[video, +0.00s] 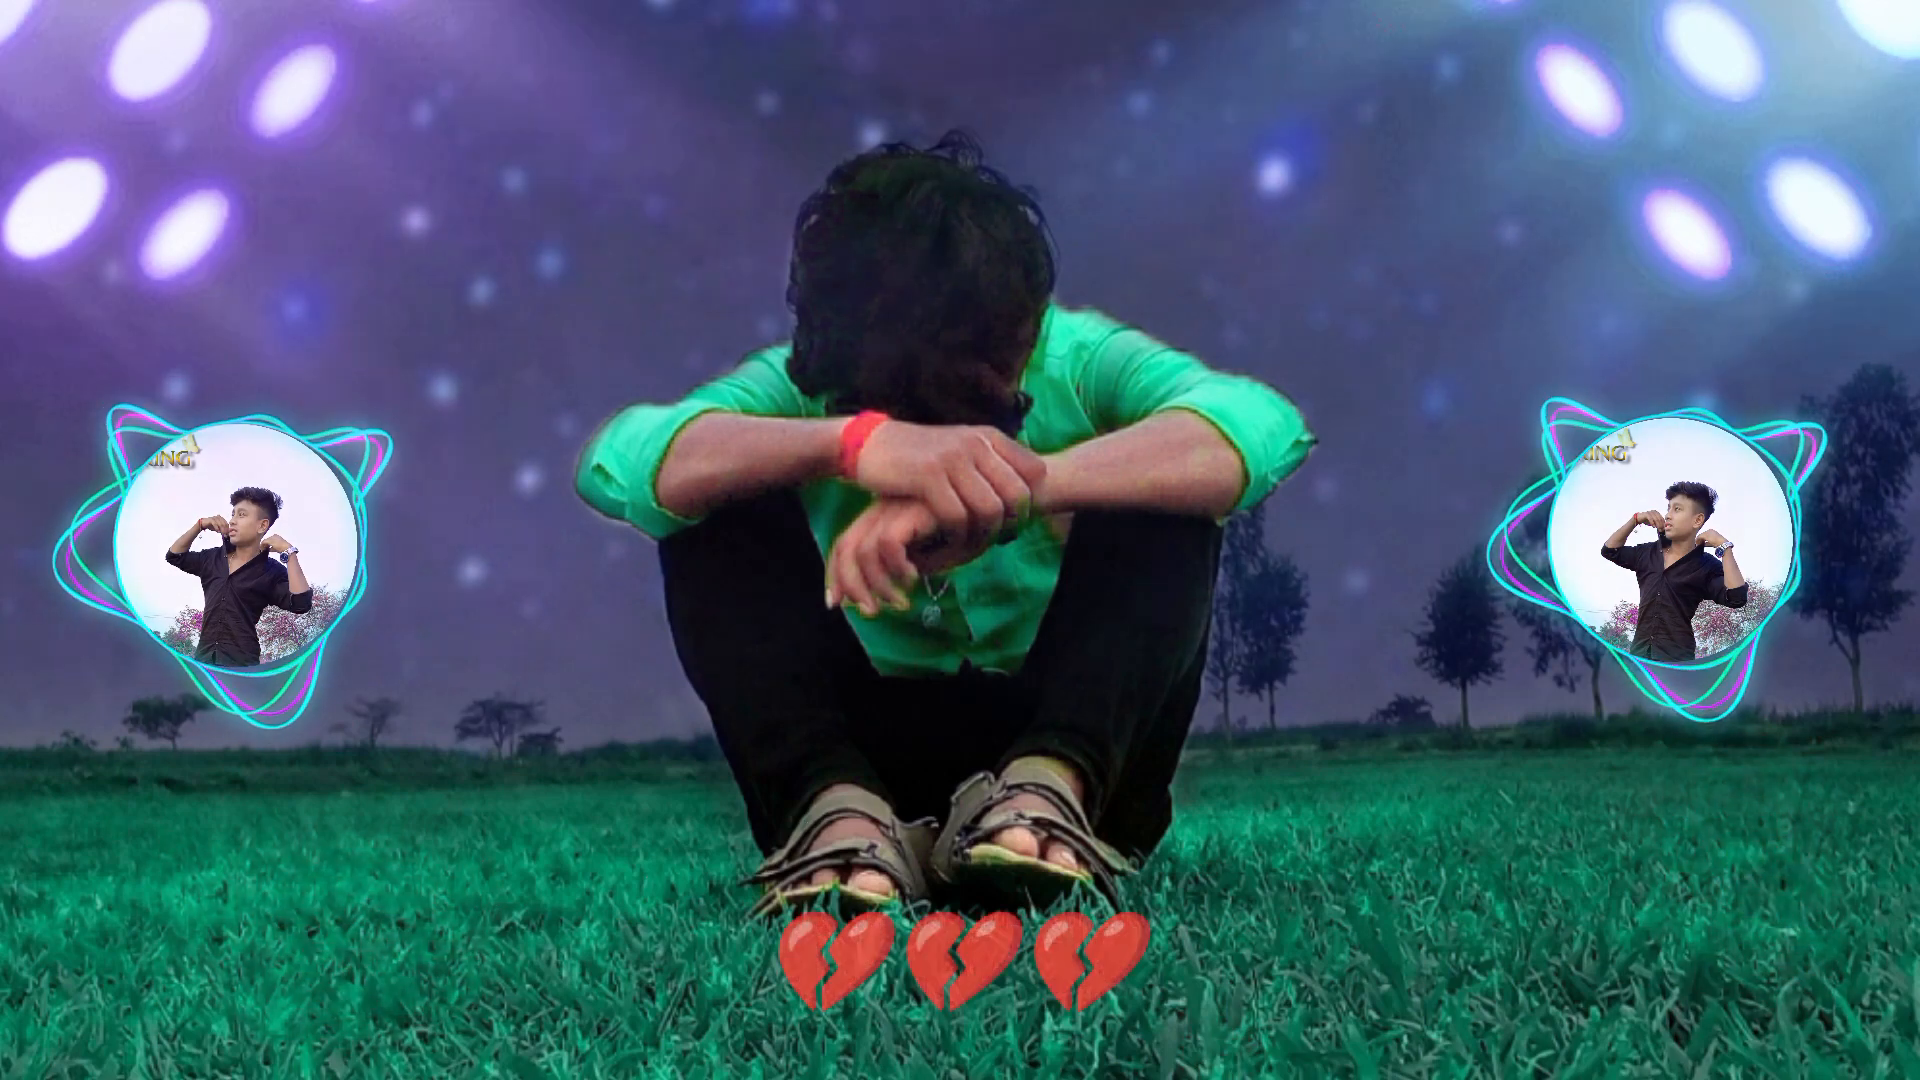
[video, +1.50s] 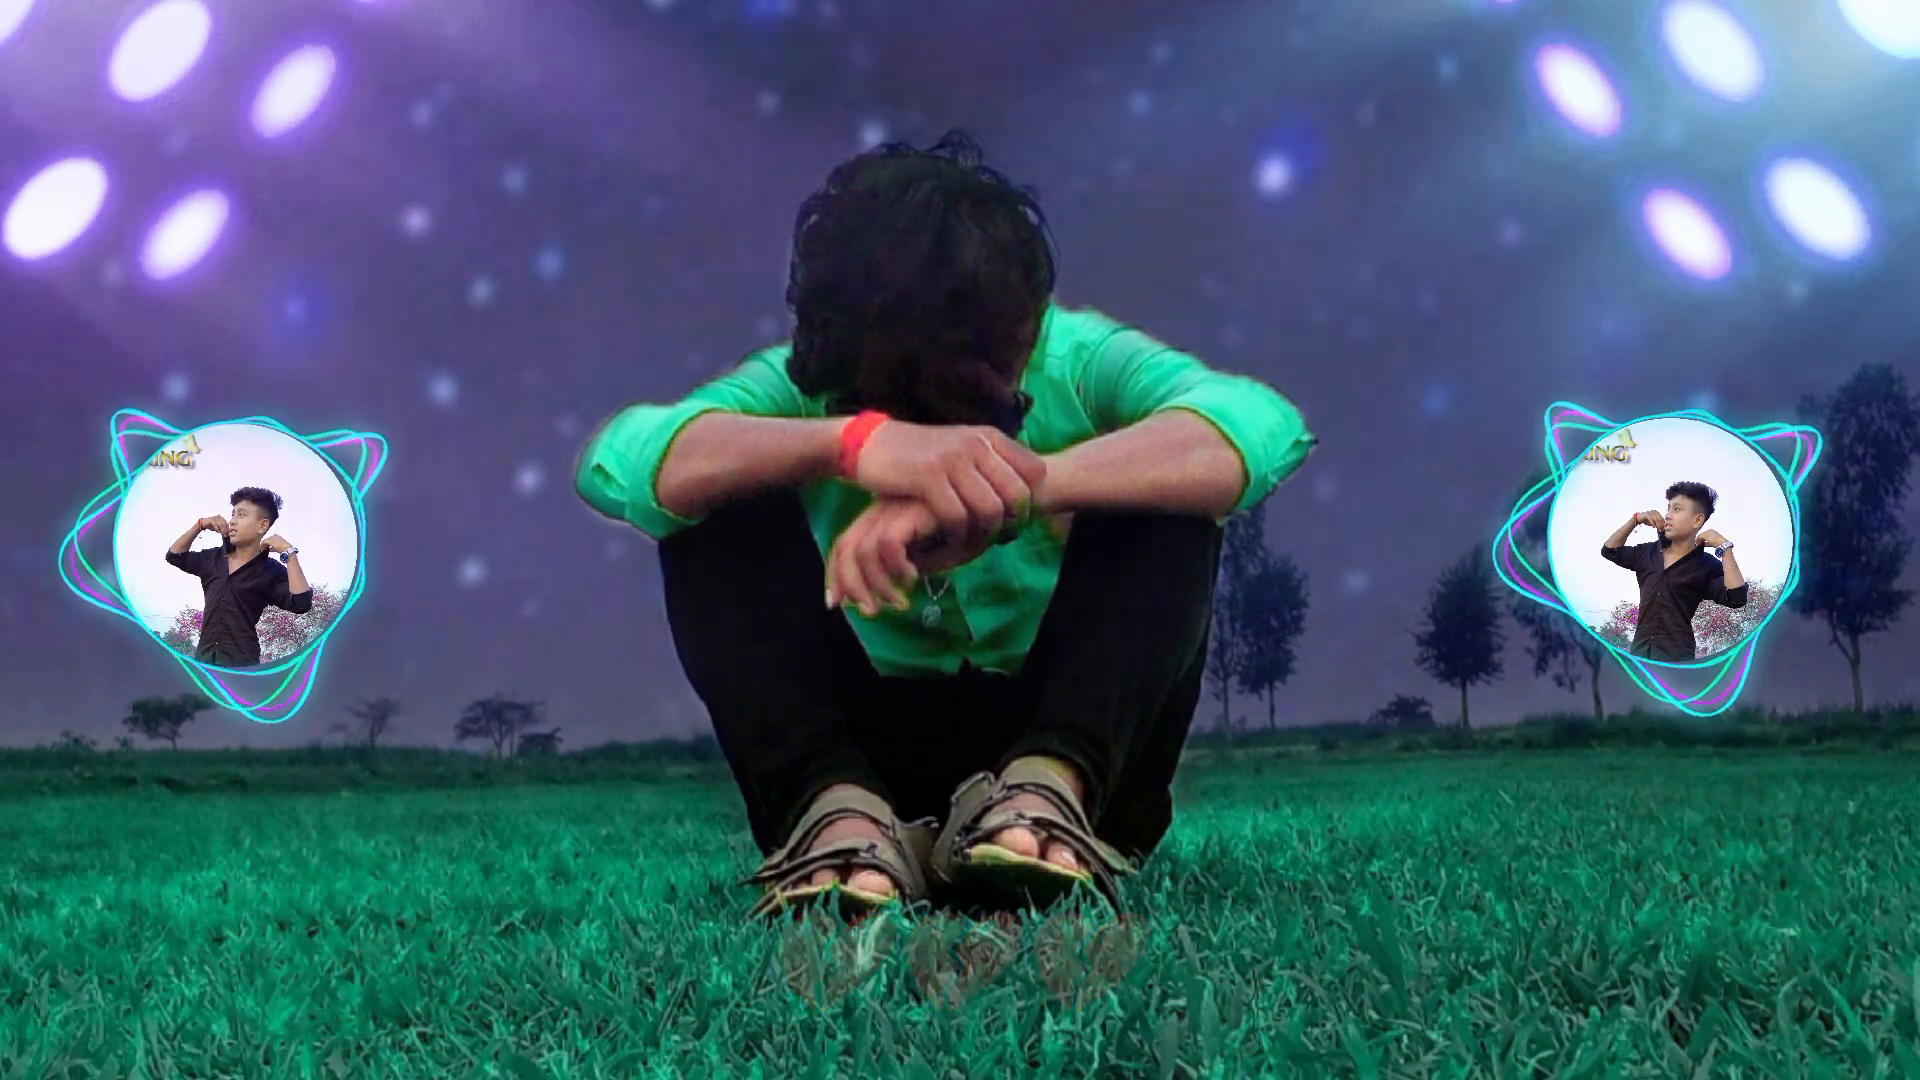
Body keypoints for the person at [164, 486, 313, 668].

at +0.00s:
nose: (232, 521)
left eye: (241, 515)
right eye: (233, 515)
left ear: (263, 525)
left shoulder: (270, 570)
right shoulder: (212, 558)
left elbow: (301, 604)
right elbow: (174, 557)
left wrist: (290, 553)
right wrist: (199, 526)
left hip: (242, 664)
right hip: (203, 659)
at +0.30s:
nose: (232, 520)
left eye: (241, 515)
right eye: (233, 514)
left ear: (263, 525)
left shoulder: (270, 570)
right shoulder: (212, 558)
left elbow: (301, 604)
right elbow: (174, 556)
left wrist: (289, 552)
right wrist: (199, 526)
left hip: (242, 662)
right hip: (203, 659)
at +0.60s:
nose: (232, 521)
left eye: (242, 515)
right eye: (233, 514)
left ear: (263, 525)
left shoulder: (270, 569)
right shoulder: (212, 558)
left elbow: (301, 605)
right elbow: (174, 557)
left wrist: (290, 553)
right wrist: (199, 526)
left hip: (242, 663)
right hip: (203, 658)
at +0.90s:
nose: (232, 521)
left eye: (242, 515)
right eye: (233, 514)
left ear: (263, 525)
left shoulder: (270, 569)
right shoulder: (212, 558)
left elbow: (301, 604)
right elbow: (174, 557)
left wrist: (290, 553)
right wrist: (199, 526)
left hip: (242, 662)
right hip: (204, 658)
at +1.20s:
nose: (232, 521)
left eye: (242, 515)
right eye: (233, 514)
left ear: (263, 525)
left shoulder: (270, 569)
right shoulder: (212, 558)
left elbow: (301, 604)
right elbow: (174, 556)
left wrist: (290, 553)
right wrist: (199, 526)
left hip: (242, 663)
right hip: (203, 659)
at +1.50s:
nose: (232, 520)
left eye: (241, 515)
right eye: (233, 514)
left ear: (263, 525)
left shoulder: (270, 570)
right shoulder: (212, 558)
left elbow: (301, 604)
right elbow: (174, 557)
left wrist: (289, 553)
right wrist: (199, 526)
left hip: (242, 665)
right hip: (203, 660)